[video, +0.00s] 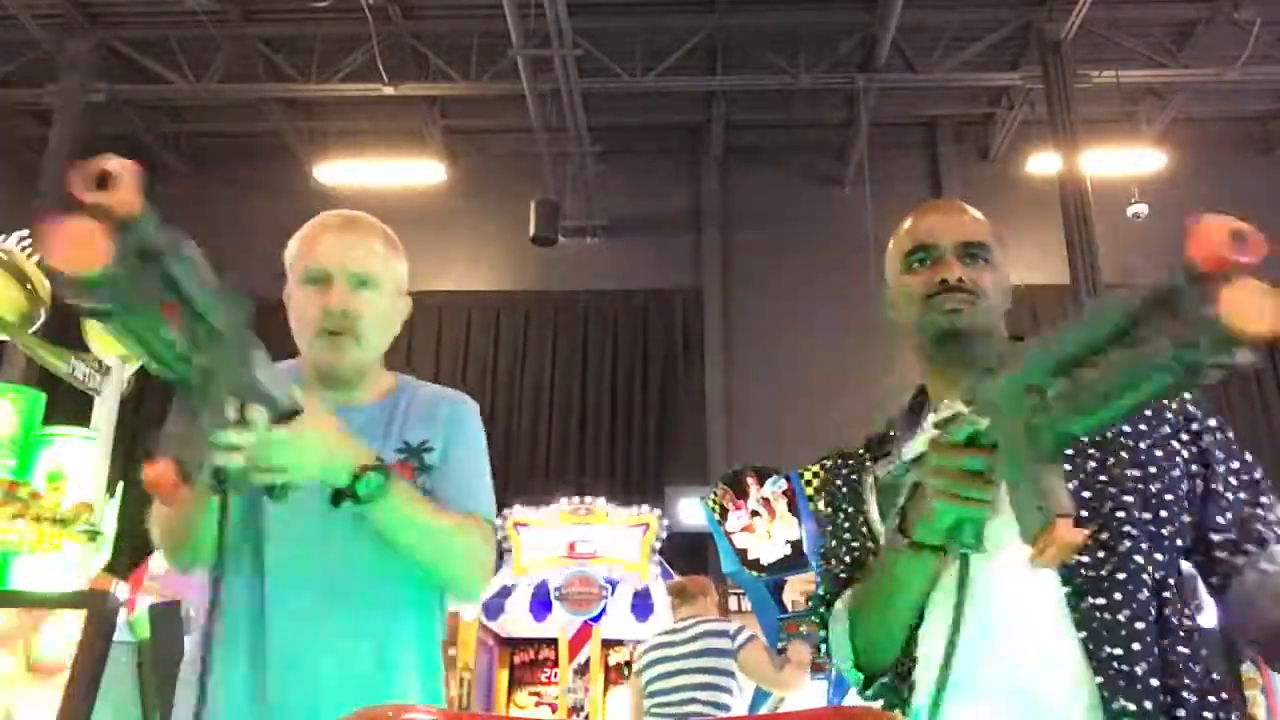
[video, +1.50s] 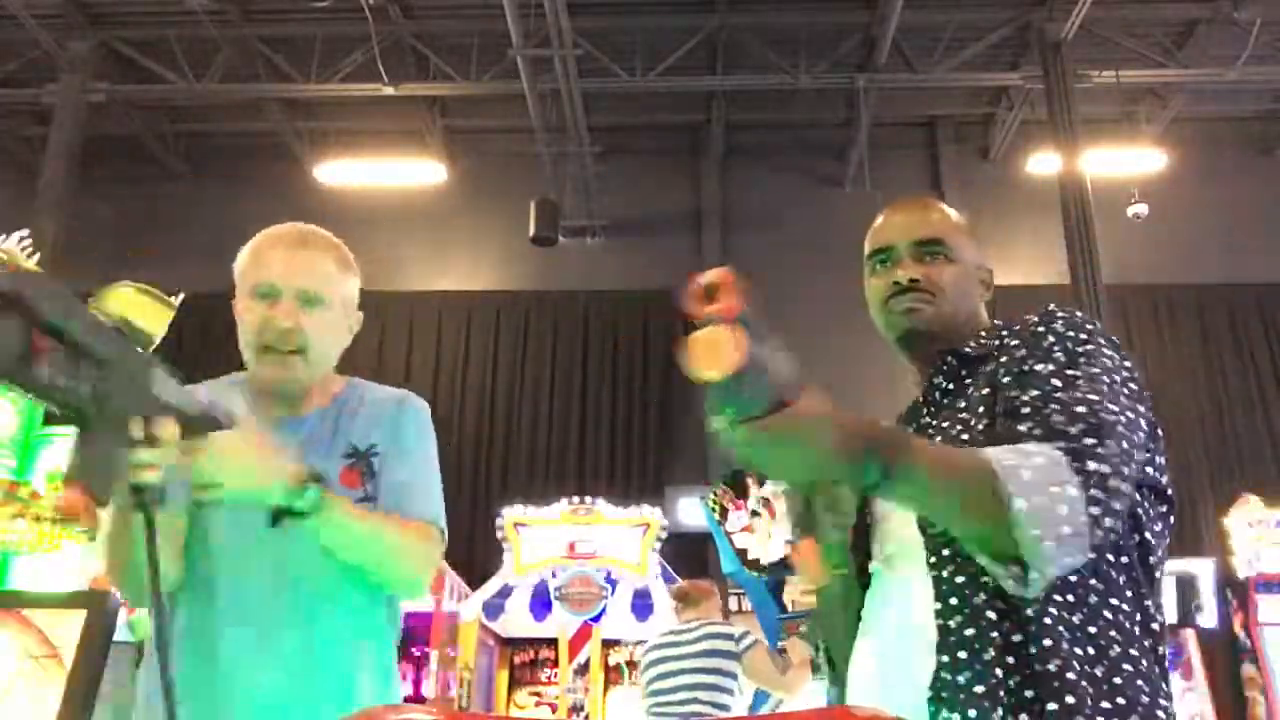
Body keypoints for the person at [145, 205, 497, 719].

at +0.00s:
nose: (337, 303)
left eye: (362, 284)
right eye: (316, 281)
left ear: (402, 308)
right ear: (286, 299)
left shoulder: (445, 417)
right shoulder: (238, 401)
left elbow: (471, 571)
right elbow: (183, 553)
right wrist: (201, 474)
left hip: (384, 705)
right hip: (240, 703)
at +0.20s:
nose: (286, 291)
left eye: (311, 272)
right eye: (263, 269)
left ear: (351, 297)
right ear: (228, 288)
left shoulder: (397, 405)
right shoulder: (172, 390)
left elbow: (415, 564)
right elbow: (132, 569)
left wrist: (272, 478)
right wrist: (163, 458)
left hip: (344, 705)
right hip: (184, 705)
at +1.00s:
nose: (312, 318)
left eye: (338, 303)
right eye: (292, 296)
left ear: (369, 331)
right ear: (254, 312)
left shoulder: (410, 427)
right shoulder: (194, 415)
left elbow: (417, 576)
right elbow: (156, 585)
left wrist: (265, 504)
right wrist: (167, 499)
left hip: (348, 709)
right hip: (196, 708)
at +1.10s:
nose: (328, 325)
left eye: (355, 308)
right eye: (310, 302)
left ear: (384, 335)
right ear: (274, 314)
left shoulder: (418, 435)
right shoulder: (202, 419)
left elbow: (439, 580)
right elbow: (186, 577)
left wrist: (325, 513)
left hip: (357, 709)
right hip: (208, 707)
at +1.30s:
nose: (332, 326)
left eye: (356, 313)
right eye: (311, 306)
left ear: (385, 339)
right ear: (273, 324)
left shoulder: (417, 438)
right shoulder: (210, 420)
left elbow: (448, 583)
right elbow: (205, 587)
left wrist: (351, 530)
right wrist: (264, 538)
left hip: (367, 709)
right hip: (217, 709)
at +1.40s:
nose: (306, 324)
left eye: (330, 308)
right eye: (285, 302)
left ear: (367, 330)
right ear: (254, 316)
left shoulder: (405, 426)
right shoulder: (189, 414)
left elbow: (427, 567)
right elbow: (155, 566)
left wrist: (294, 508)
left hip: (349, 706)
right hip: (196, 707)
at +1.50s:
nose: (284, 320)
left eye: (310, 302)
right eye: (265, 296)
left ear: (351, 323)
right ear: (236, 310)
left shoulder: (397, 418)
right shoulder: (182, 417)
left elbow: (415, 566)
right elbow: (139, 584)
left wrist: (296, 490)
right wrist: (137, 488)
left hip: (343, 707)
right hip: (193, 707)